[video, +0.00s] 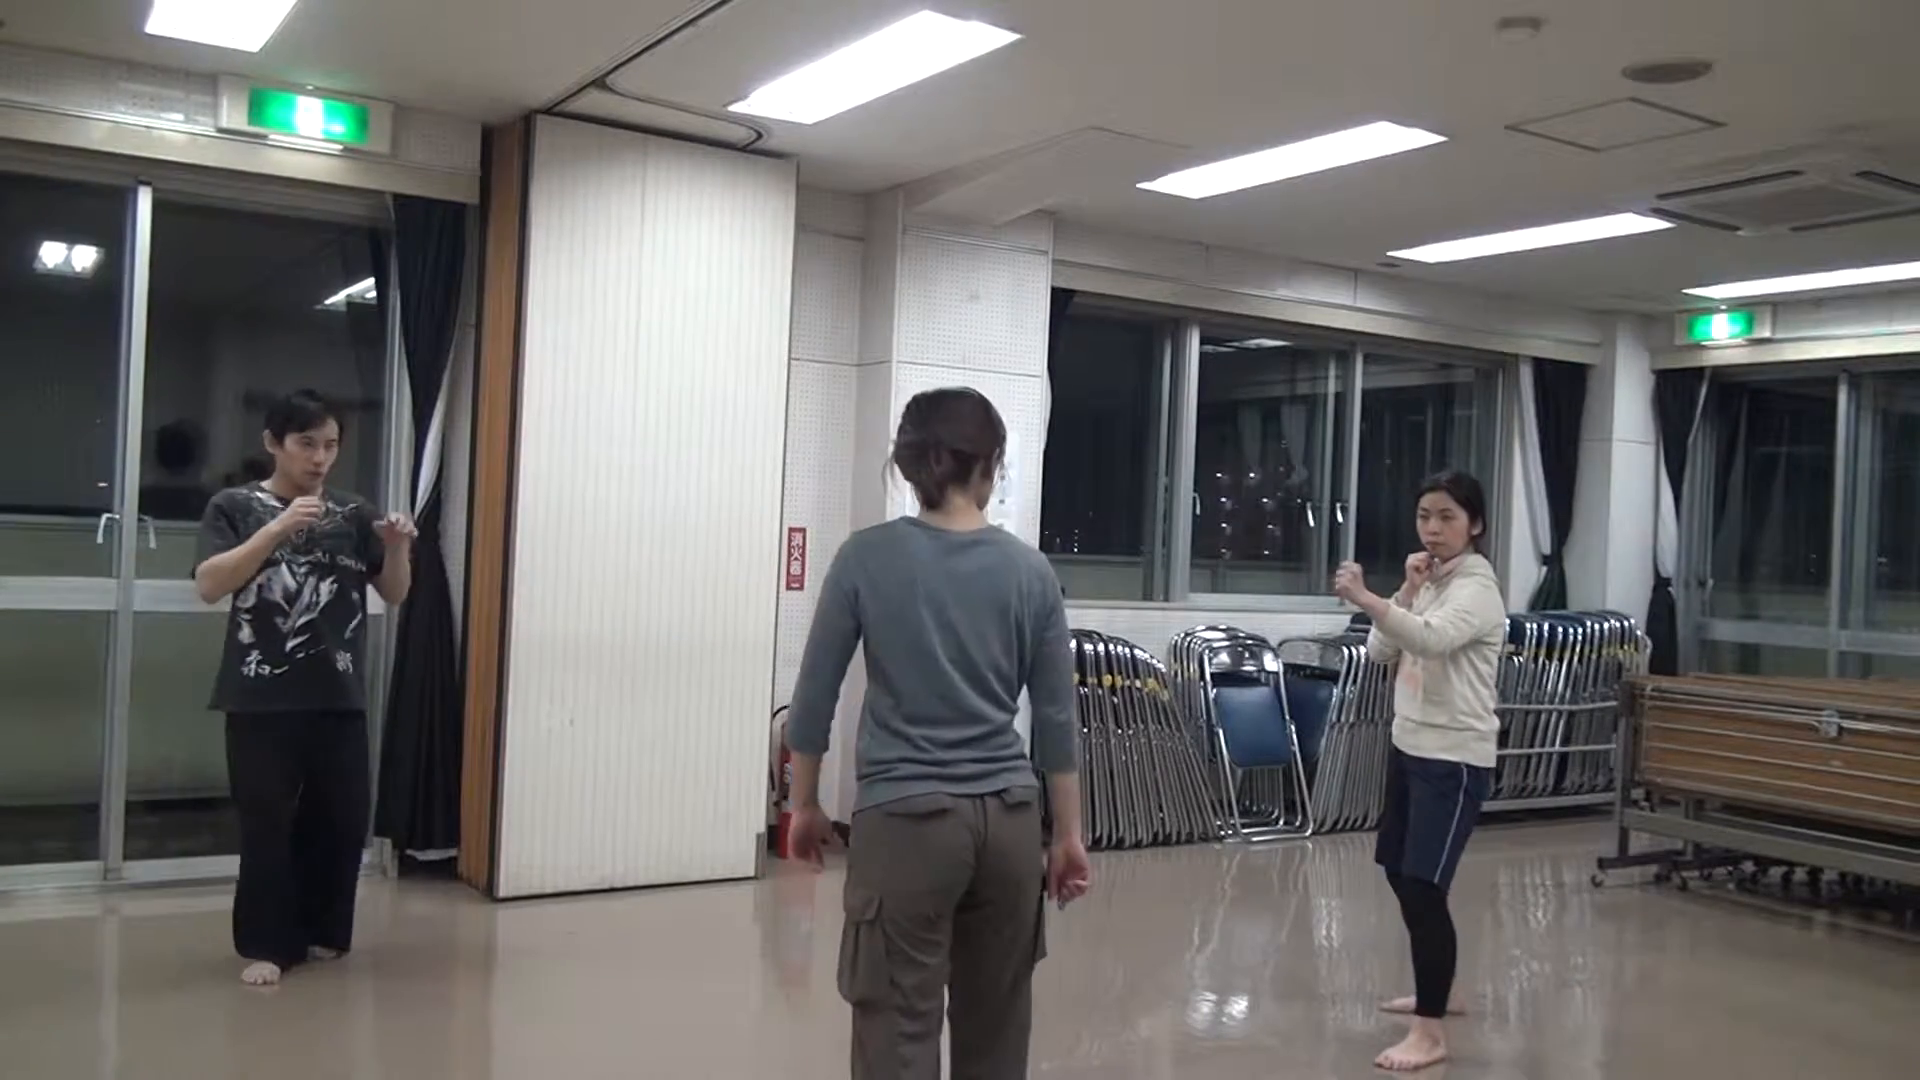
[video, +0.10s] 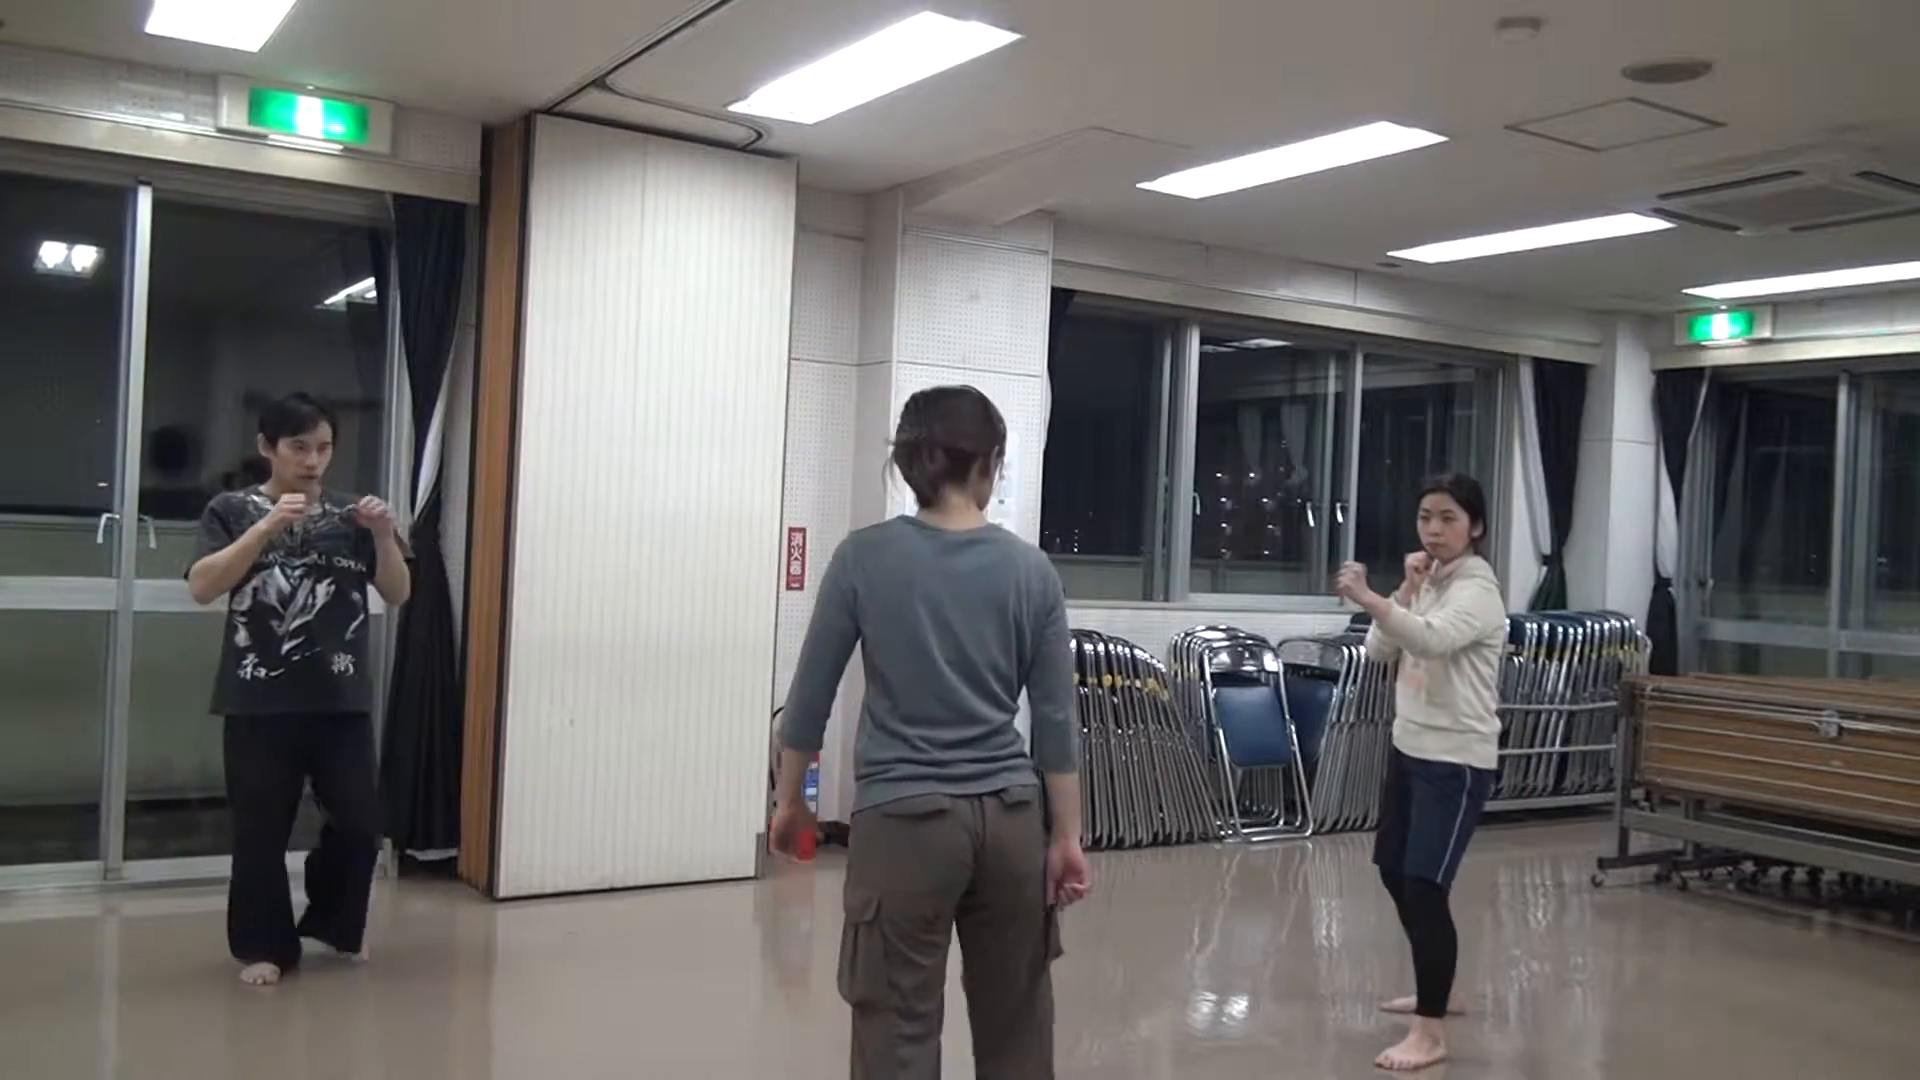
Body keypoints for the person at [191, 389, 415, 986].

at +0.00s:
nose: (322, 457)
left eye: (330, 445)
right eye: (309, 445)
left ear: (338, 448)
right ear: (275, 444)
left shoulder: (352, 516)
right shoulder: (236, 507)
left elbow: (393, 594)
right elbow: (209, 584)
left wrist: (398, 546)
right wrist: (277, 529)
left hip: (337, 698)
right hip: (261, 698)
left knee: (344, 819)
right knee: (267, 821)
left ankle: (324, 933)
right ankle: (264, 950)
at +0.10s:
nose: (314, 460)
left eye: (323, 448)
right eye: (300, 449)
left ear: (332, 450)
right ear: (268, 449)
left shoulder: (352, 517)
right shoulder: (233, 512)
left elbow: (397, 593)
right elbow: (202, 587)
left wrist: (385, 535)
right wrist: (266, 529)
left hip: (340, 702)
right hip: (259, 702)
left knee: (358, 821)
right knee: (260, 830)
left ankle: (334, 923)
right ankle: (262, 951)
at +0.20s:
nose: (312, 460)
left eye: (320, 448)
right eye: (298, 449)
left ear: (330, 449)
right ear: (265, 448)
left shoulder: (353, 513)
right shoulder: (231, 513)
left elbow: (399, 592)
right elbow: (203, 588)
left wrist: (378, 532)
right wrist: (261, 533)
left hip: (342, 705)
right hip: (260, 705)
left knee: (372, 823)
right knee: (259, 833)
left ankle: (367, 939)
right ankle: (261, 954)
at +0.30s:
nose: (313, 456)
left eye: (323, 445)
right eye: (299, 445)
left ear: (333, 447)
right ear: (267, 447)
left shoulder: (360, 512)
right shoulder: (237, 512)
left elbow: (408, 589)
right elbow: (208, 589)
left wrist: (382, 528)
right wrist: (265, 531)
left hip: (348, 704)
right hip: (263, 705)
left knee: (376, 825)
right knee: (261, 830)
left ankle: (393, 961)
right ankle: (261, 953)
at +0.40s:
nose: (320, 456)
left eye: (330, 444)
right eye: (306, 445)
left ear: (341, 447)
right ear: (275, 448)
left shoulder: (367, 512)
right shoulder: (247, 512)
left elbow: (420, 590)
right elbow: (218, 589)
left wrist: (392, 529)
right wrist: (276, 531)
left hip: (355, 703)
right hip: (270, 704)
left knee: (381, 825)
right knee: (263, 826)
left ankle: (417, 963)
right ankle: (262, 951)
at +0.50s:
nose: (332, 457)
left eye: (342, 446)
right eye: (318, 446)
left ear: (354, 449)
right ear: (288, 450)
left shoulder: (382, 516)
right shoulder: (263, 517)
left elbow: (433, 594)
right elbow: (231, 593)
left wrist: (407, 535)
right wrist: (288, 535)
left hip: (365, 708)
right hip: (281, 708)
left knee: (392, 834)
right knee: (268, 828)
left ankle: (427, 972)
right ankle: (263, 951)